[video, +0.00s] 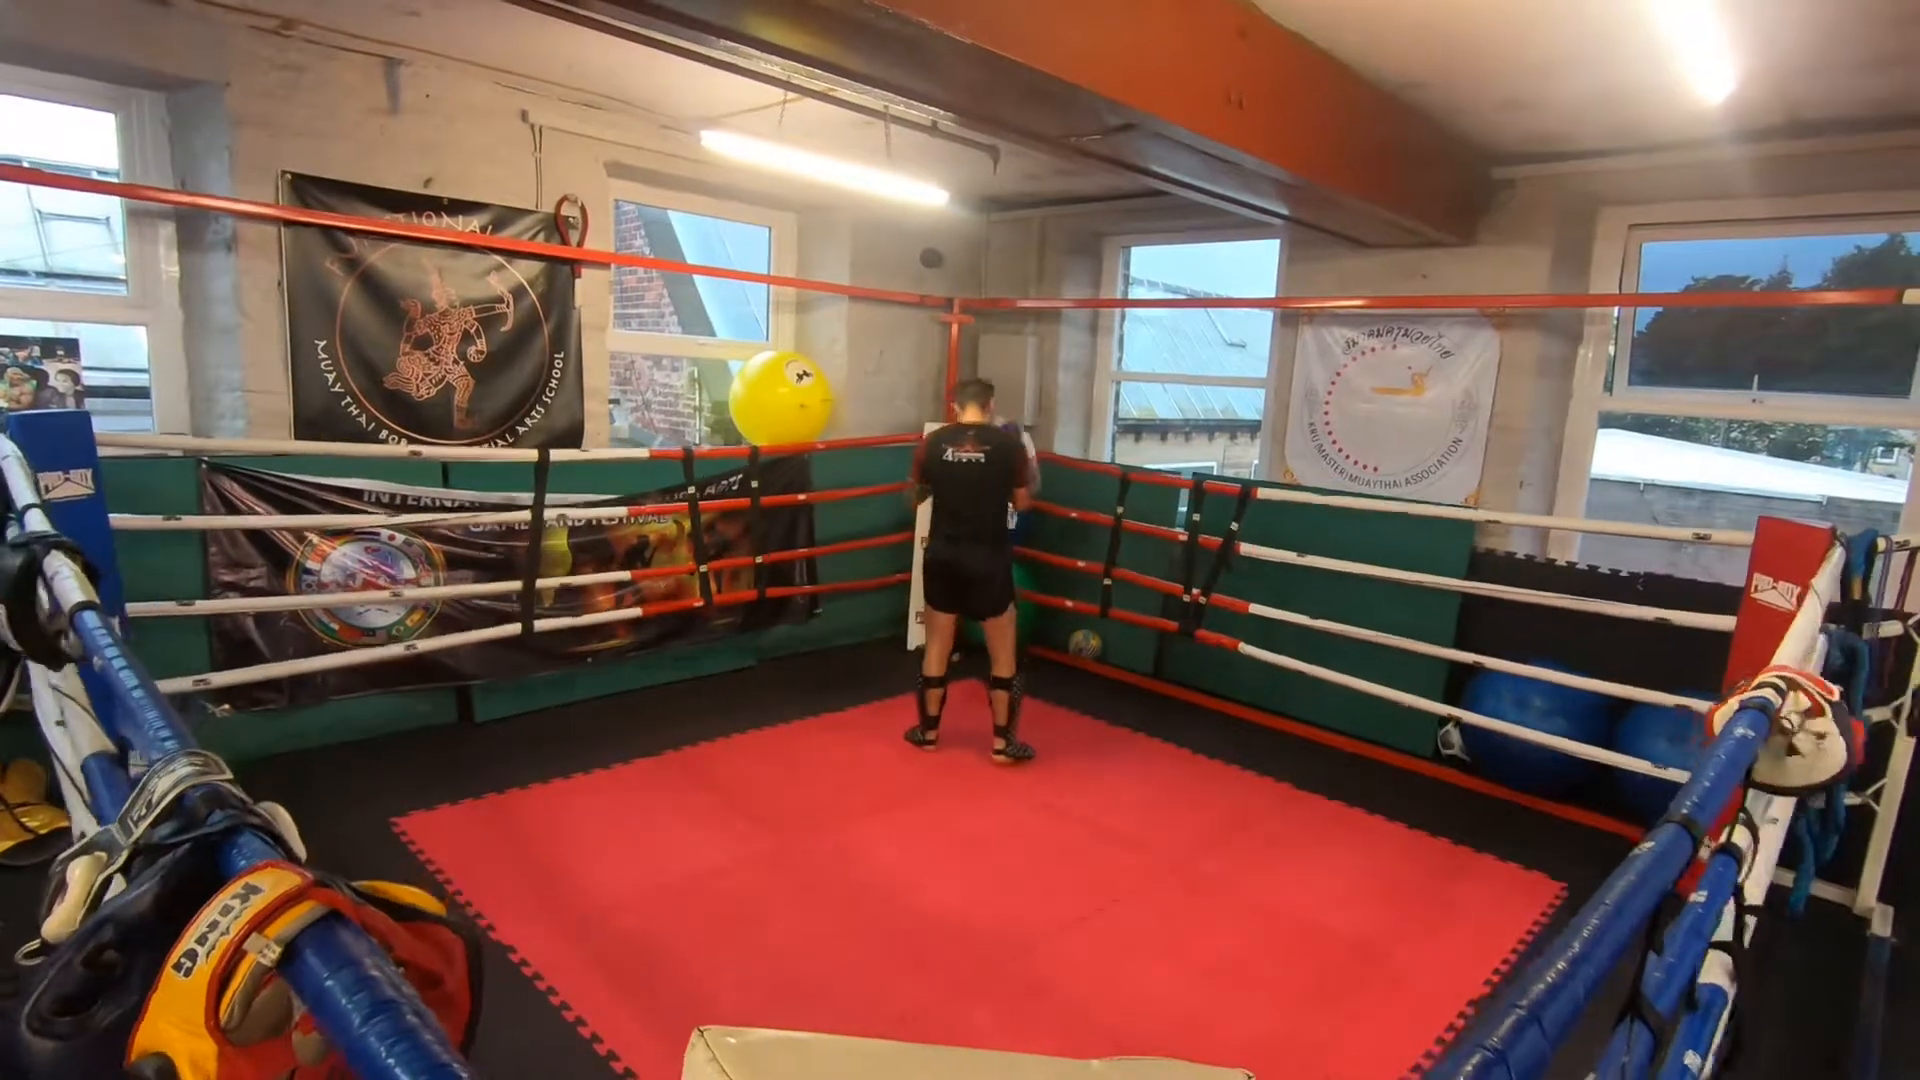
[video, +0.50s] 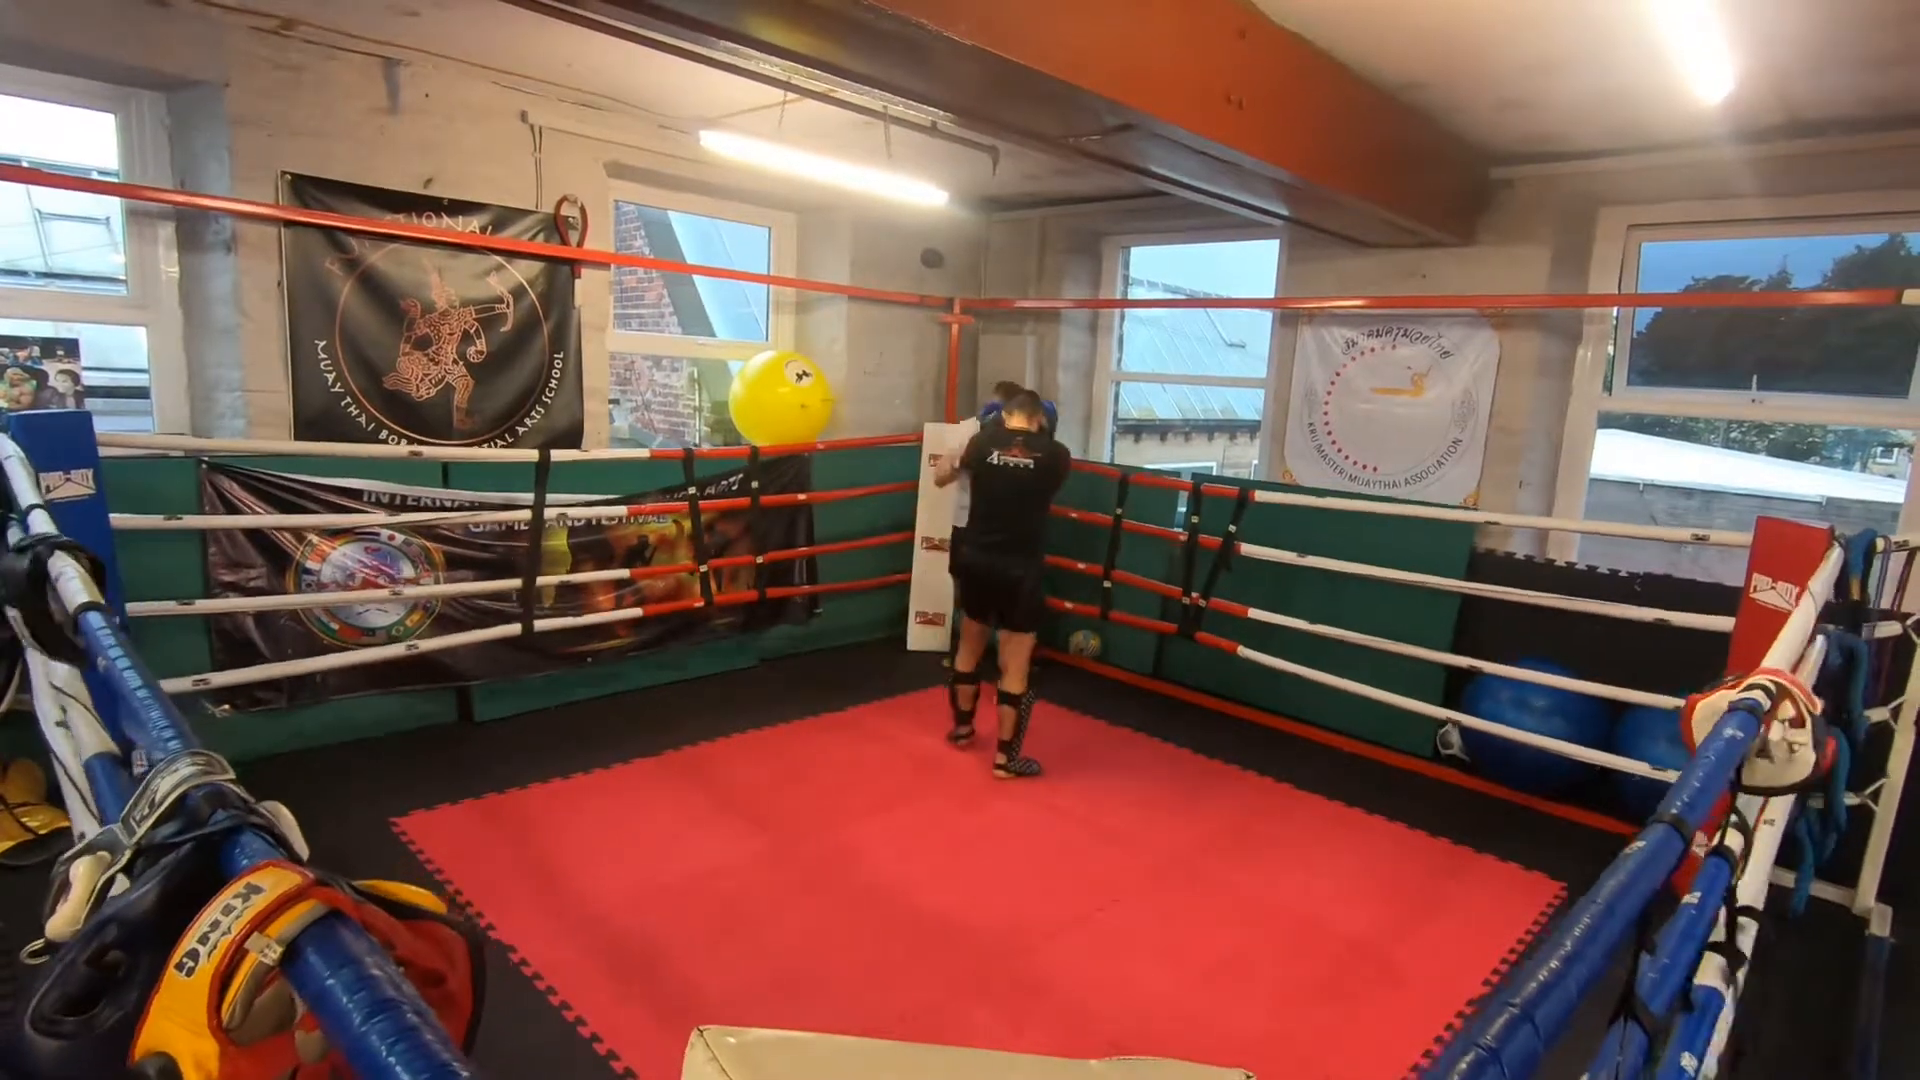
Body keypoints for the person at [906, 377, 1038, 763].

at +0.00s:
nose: (980, 414)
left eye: (961, 408)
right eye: (987, 407)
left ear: (953, 408)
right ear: (990, 408)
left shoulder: (931, 444)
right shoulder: (1010, 445)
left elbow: (917, 494)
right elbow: (1023, 502)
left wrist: (946, 467)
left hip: (942, 562)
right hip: (990, 564)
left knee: (937, 646)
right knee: (1002, 655)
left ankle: (929, 730)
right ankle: (1002, 742)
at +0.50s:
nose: (1042, 425)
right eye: (1042, 421)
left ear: (1003, 415)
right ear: (1040, 421)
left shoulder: (981, 443)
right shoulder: (1055, 456)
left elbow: (965, 466)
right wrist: (1036, 432)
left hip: (976, 564)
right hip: (1020, 570)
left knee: (969, 648)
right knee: (1014, 665)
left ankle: (962, 728)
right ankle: (1006, 755)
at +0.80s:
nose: (1069, 438)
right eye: (1071, 432)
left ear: (1035, 425)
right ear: (1071, 434)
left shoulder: (1003, 457)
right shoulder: (1079, 476)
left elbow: (978, 496)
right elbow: (1070, 509)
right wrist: (1054, 459)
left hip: (993, 580)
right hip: (1040, 589)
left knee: (977, 655)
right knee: (1060, 684)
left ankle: (965, 730)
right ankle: (1055, 768)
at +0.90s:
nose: (1087, 448)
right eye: (1092, 442)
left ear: (1052, 429)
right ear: (1089, 440)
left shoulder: (1018, 461)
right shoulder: (1094, 481)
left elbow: (991, 505)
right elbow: (1084, 516)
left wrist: (1003, 460)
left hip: (1005, 582)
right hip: (1055, 591)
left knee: (986, 656)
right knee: (1064, 680)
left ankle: (964, 729)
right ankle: (1056, 773)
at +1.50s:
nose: (1058, 428)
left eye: (1057, 422)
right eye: (1063, 422)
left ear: (1062, 421)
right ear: (1097, 420)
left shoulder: (1049, 462)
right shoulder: (1126, 466)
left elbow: (1018, 528)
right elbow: (1106, 517)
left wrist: (1008, 506)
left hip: (1056, 593)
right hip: (1104, 595)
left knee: (1059, 697)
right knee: (1088, 682)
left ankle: (1056, 802)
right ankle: (1076, 773)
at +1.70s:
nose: (1059, 441)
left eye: (1058, 436)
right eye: (1060, 436)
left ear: (1067, 432)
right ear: (1098, 430)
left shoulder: (1066, 470)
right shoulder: (1125, 472)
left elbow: (1042, 540)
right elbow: (1097, 521)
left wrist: (1000, 531)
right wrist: (1056, 478)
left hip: (1070, 607)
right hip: (1118, 607)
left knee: (1011, 688)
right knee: (1126, 700)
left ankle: (1032, 787)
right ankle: (1180, 791)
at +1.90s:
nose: (994, 457)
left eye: (995, 450)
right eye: (995, 450)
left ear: (1005, 451)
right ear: (1030, 448)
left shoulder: (1035, 489)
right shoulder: (1045, 479)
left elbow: (1078, 538)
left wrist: (1037, 593)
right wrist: (987, 431)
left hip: (1066, 618)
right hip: (1103, 613)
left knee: (993, 686)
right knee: (1138, 703)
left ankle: (988, 781)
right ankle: (1191, 798)